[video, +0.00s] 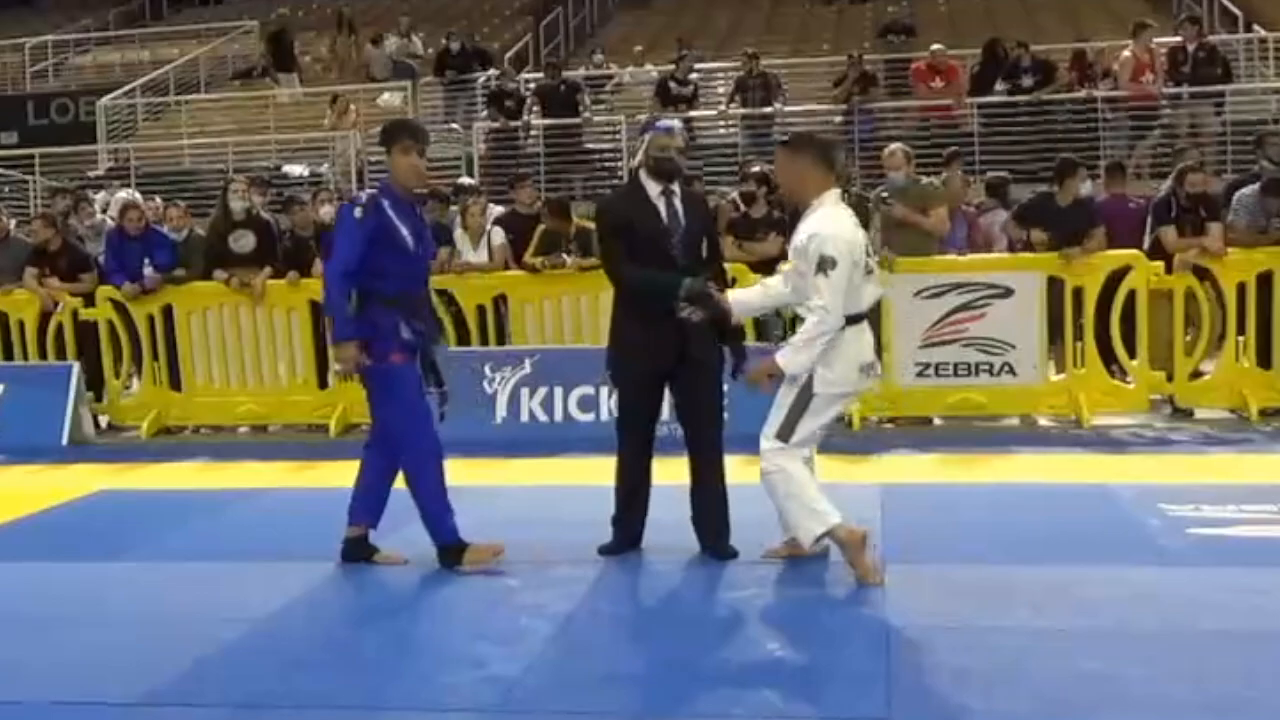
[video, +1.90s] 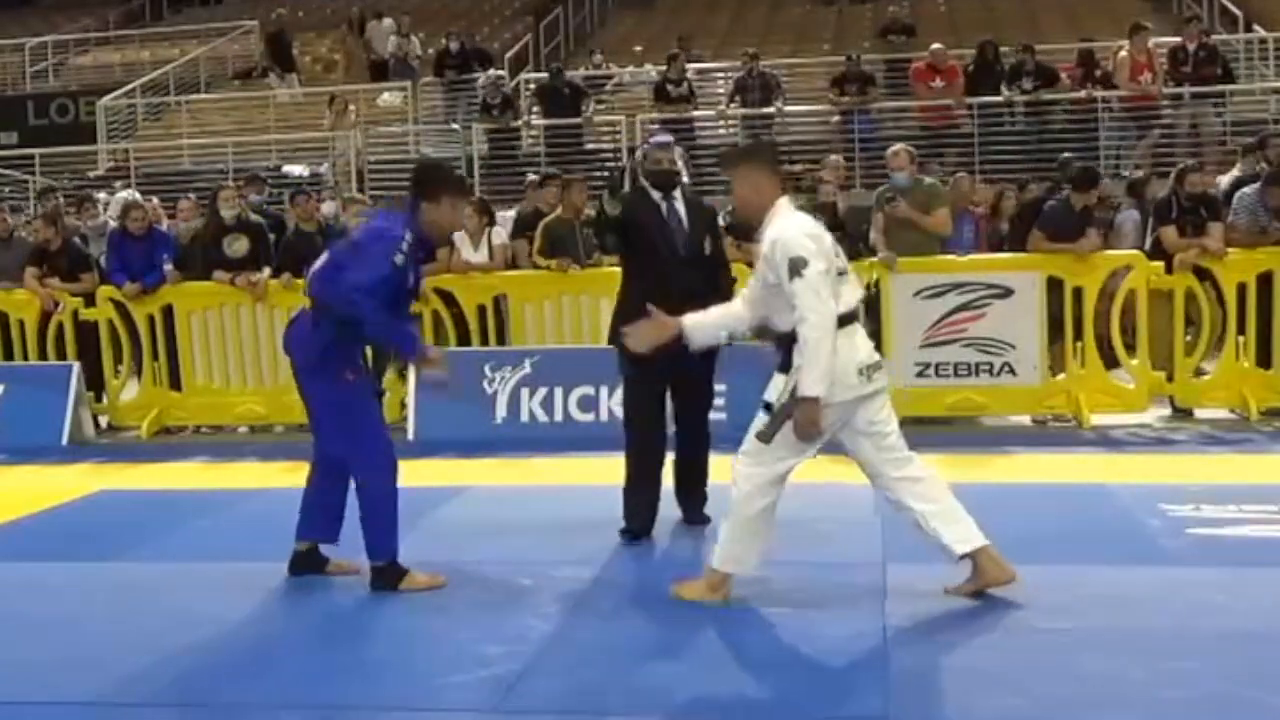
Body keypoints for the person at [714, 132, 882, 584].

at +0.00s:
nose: (775, 177)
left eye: (781, 166)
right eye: (776, 167)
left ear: (807, 168)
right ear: (814, 170)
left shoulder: (827, 230)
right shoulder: (821, 221)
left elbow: (826, 314)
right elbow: (790, 284)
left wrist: (781, 361)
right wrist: (728, 303)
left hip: (835, 349)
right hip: (837, 343)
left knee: (777, 449)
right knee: (794, 442)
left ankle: (839, 534)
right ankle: (802, 536)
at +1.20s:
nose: (739, 164)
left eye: (743, 153)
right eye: (738, 154)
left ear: (769, 151)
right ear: (781, 150)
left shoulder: (797, 205)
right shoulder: (813, 190)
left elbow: (815, 289)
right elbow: (826, 261)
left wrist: (798, 364)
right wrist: (763, 255)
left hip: (835, 333)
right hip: (858, 323)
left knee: (813, 455)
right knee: (853, 447)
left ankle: (820, 574)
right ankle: (874, 548)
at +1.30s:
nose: (752, 161)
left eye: (756, 149)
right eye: (752, 150)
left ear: (783, 148)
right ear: (793, 148)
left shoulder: (807, 206)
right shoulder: (834, 188)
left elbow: (823, 291)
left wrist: (807, 366)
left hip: (843, 335)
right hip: (871, 322)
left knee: (819, 456)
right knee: (870, 445)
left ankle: (821, 575)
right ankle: (927, 541)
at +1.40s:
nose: (771, 159)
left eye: (775, 148)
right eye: (771, 148)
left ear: (802, 148)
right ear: (816, 148)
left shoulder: (823, 206)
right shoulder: (853, 192)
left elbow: (835, 293)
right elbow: (883, 266)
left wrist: (818, 368)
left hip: (858, 342)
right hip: (890, 332)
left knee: (816, 458)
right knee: (900, 448)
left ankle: (820, 575)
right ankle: (978, 545)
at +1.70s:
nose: (782, 177)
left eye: (785, 166)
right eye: (781, 167)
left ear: (813, 162)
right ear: (822, 163)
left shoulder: (834, 217)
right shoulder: (860, 208)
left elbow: (850, 304)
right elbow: (846, 303)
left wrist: (839, 378)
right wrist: (792, 345)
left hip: (848, 359)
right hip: (886, 355)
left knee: (775, 448)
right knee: (914, 461)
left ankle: (768, 565)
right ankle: (989, 562)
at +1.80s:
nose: (758, 184)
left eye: (761, 172)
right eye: (756, 174)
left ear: (789, 167)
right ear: (794, 168)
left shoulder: (814, 221)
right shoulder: (828, 212)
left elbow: (838, 306)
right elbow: (803, 303)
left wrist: (829, 382)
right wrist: (738, 333)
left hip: (835, 361)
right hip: (871, 353)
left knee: (773, 461)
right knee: (909, 463)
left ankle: (732, 571)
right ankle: (987, 561)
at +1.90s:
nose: (731, 197)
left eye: (735, 185)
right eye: (731, 187)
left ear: (762, 182)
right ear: (765, 183)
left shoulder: (792, 236)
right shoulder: (786, 235)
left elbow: (816, 317)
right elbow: (750, 312)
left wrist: (809, 391)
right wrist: (677, 327)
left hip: (820, 372)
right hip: (856, 366)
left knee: (755, 468)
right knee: (899, 469)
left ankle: (719, 578)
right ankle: (985, 558)